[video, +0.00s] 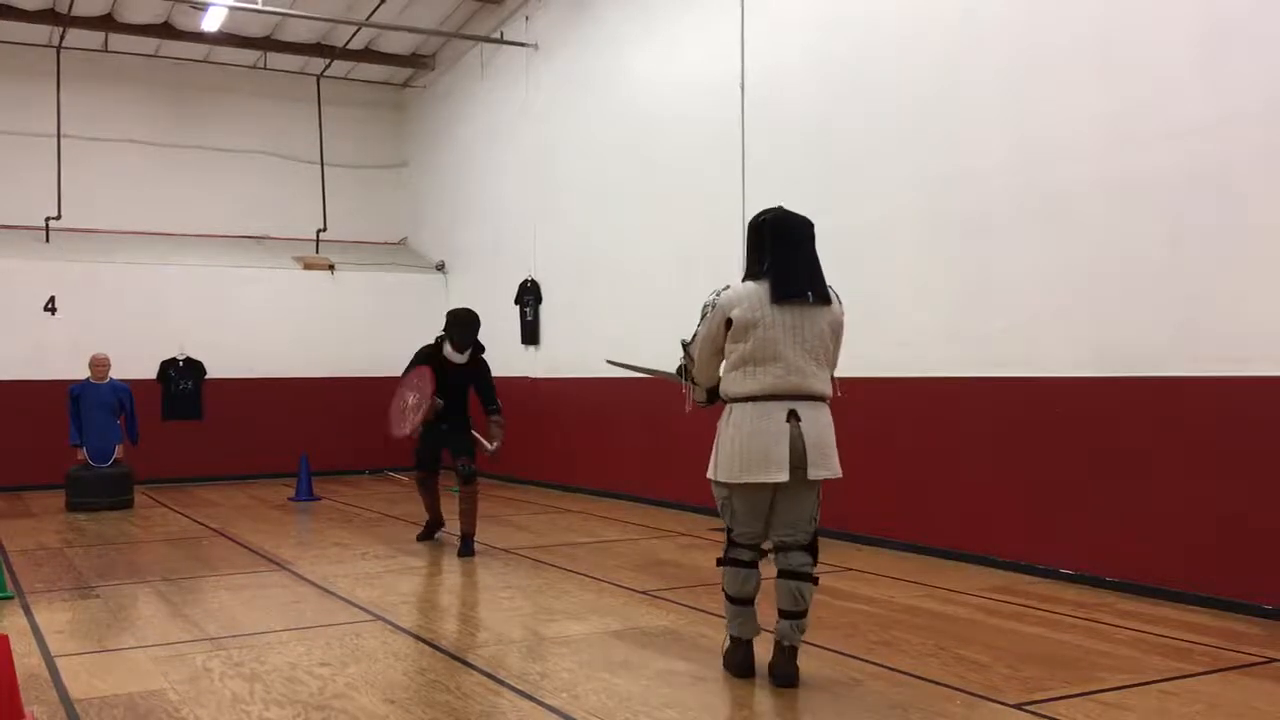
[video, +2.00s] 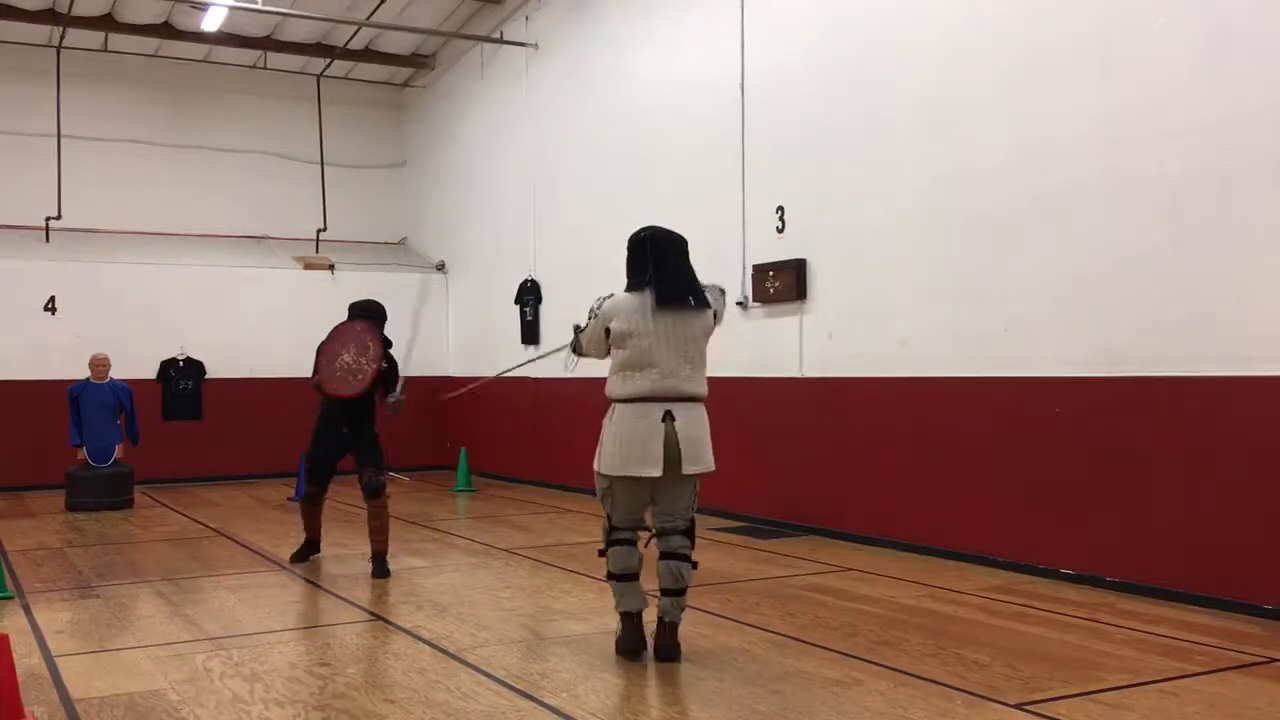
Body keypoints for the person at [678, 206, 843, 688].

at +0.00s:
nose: (749, 256)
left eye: (751, 247)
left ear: (756, 250)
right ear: (807, 249)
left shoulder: (735, 299)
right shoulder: (829, 304)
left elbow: (702, 365)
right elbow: (825, 369)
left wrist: (707, 387)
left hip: (748, 436)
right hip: (811, 436)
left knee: (743, 544)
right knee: (796, 547)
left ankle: (740, 649)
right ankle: (786, 658)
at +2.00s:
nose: (627, 268)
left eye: (630, 260)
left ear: (634, 263)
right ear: (681, 262)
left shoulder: (617, 308)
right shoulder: (701, 308)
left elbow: (589, 347)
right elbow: (717, 299)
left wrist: (600, 316)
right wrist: (699, 285)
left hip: (629, 432)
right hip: (688, 431)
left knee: (622, 527)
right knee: (675, 528)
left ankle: (631, 629)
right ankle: (668, 634)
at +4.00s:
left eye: (565, 274)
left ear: (567, 279)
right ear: (610, 277)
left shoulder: (551, 321)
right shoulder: (625, 312)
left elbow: (537, 351)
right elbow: (657, 291)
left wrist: (531, 310)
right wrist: (619, 275)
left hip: (566, 427)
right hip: (618, 427)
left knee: (552, 513)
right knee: (612, 517)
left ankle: (533, 593)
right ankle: (605, 610)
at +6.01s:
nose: (481, 285)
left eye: (485, 278)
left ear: (488, 282)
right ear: (529, 281)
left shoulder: (470, 321)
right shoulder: (543, 318)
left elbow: (452, 358)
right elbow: (563, 298)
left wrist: (456, 330)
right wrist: (543, 285)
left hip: (481, 425)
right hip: (532, 424)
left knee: (477, 509)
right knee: (536, 509)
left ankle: (472, 595)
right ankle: (547, 601)